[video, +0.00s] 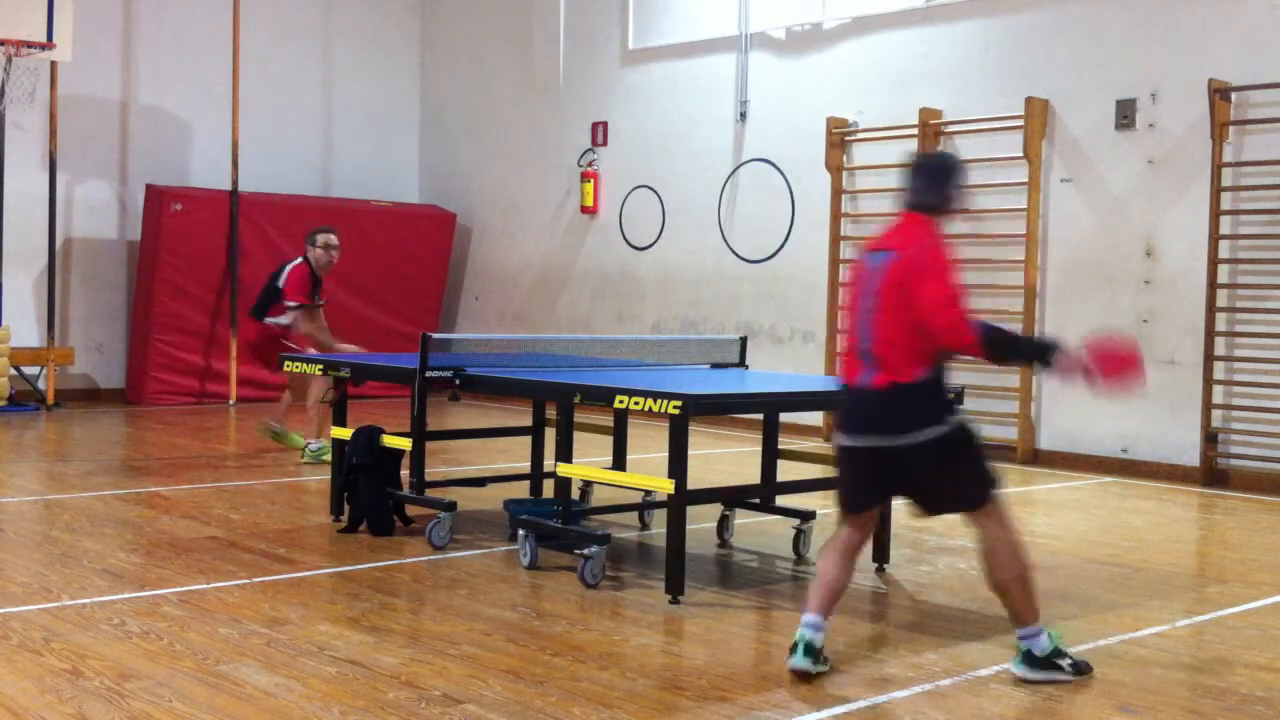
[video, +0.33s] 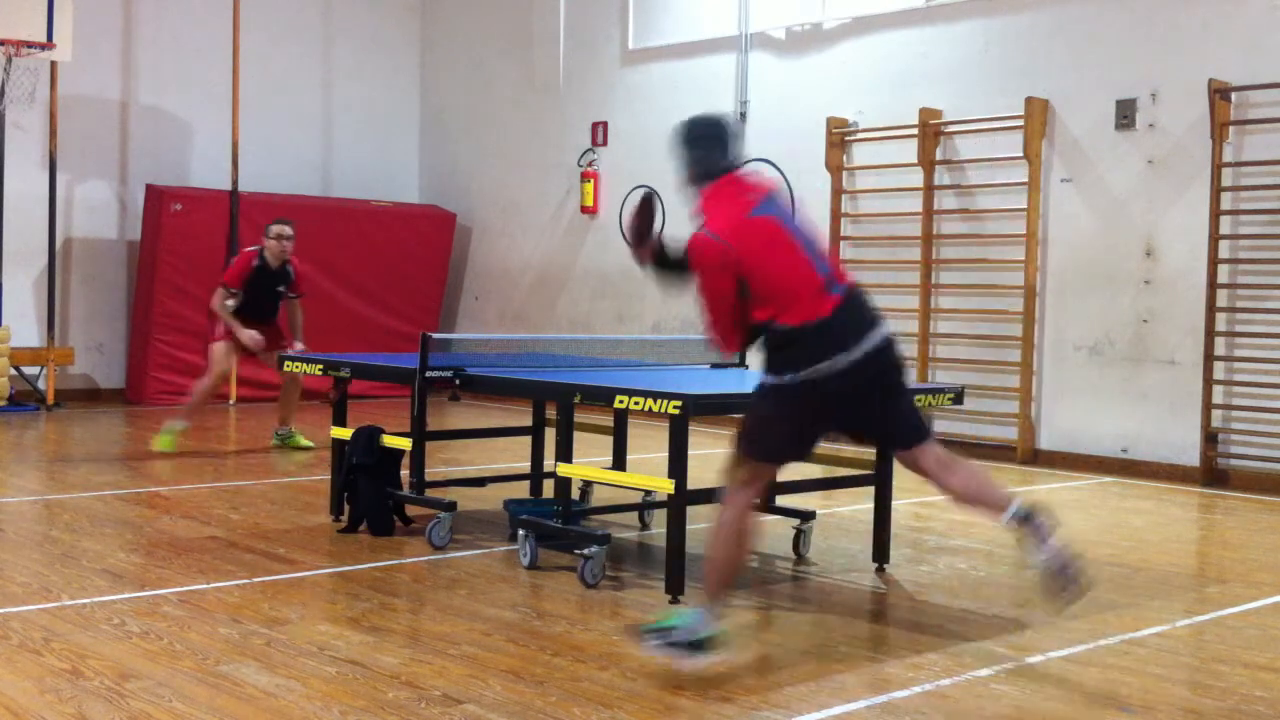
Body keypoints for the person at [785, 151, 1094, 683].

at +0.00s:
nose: (962, 199)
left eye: (958, 188)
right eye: (960, 189)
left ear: (912, 189)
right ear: (949, 194)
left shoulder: (876, 247)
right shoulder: (924, 246)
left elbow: (885, 332)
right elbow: (948, 329)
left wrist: (985, 337)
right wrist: (1036, 350)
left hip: (857, 412)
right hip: (916, 412)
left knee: (854, 524)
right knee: (991, 519)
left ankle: (807, 640)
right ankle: (1036, 645)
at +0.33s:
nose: (683, 169)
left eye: (683, 160)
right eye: (695, 155)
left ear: (688, 168)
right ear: (731, 153)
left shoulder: (710, 236)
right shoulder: (766, 190)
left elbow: (727, 339)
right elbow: (736, 258)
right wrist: (662, 258)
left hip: (805, 371)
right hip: (869, 348)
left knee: (741, 491)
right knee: (932, 458)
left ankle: (705, 618)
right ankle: (1029, 520)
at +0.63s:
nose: (559, 312)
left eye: (558, 302)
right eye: (559, 301)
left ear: (569, 305)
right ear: (608, 286)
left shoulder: (623, 332)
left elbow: (694, 377)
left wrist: (666, 451)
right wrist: (623, 530)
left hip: (747, 440)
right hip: (795, 422)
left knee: (641, 528)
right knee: (814, 536)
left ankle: (639, 682)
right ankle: (942, 554)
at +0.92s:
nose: (686, 207)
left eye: (687, 197)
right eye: (691, 196)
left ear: (698, 201)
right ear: (739, 199)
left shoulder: (705, 259)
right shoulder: (783, 248)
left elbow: (726, 342)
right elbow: (817, 332)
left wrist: (675, 403)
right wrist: (756, 383)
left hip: (775, 419)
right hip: (835, 408)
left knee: (695, 524)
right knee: (836, 521)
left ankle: (653, 674)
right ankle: (884, 647)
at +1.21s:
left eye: (793, 172)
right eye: (847, 179)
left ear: (793, 177)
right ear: (847, 182)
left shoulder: (753, 237)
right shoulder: (869, 244)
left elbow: (711, 321)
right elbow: (907, 339)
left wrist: (758, 335)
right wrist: (900, 386)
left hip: (778, 406)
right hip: (854, 402)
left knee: (760, 515)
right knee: (908, 521)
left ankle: (744, 647)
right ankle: (950, 647)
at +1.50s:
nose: (954, 221)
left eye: (940, 209)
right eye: (954, 212)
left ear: (906, 212)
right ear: (951, 218)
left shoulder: (869, 267)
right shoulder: (939, 279)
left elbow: (869, 355)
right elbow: (949, 380)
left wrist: (949, 373)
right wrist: (1008, 451)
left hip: (831, 435)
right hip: (897, 434)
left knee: (813, 531)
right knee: (988, 531)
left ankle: (744, 645)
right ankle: (1009, 677)